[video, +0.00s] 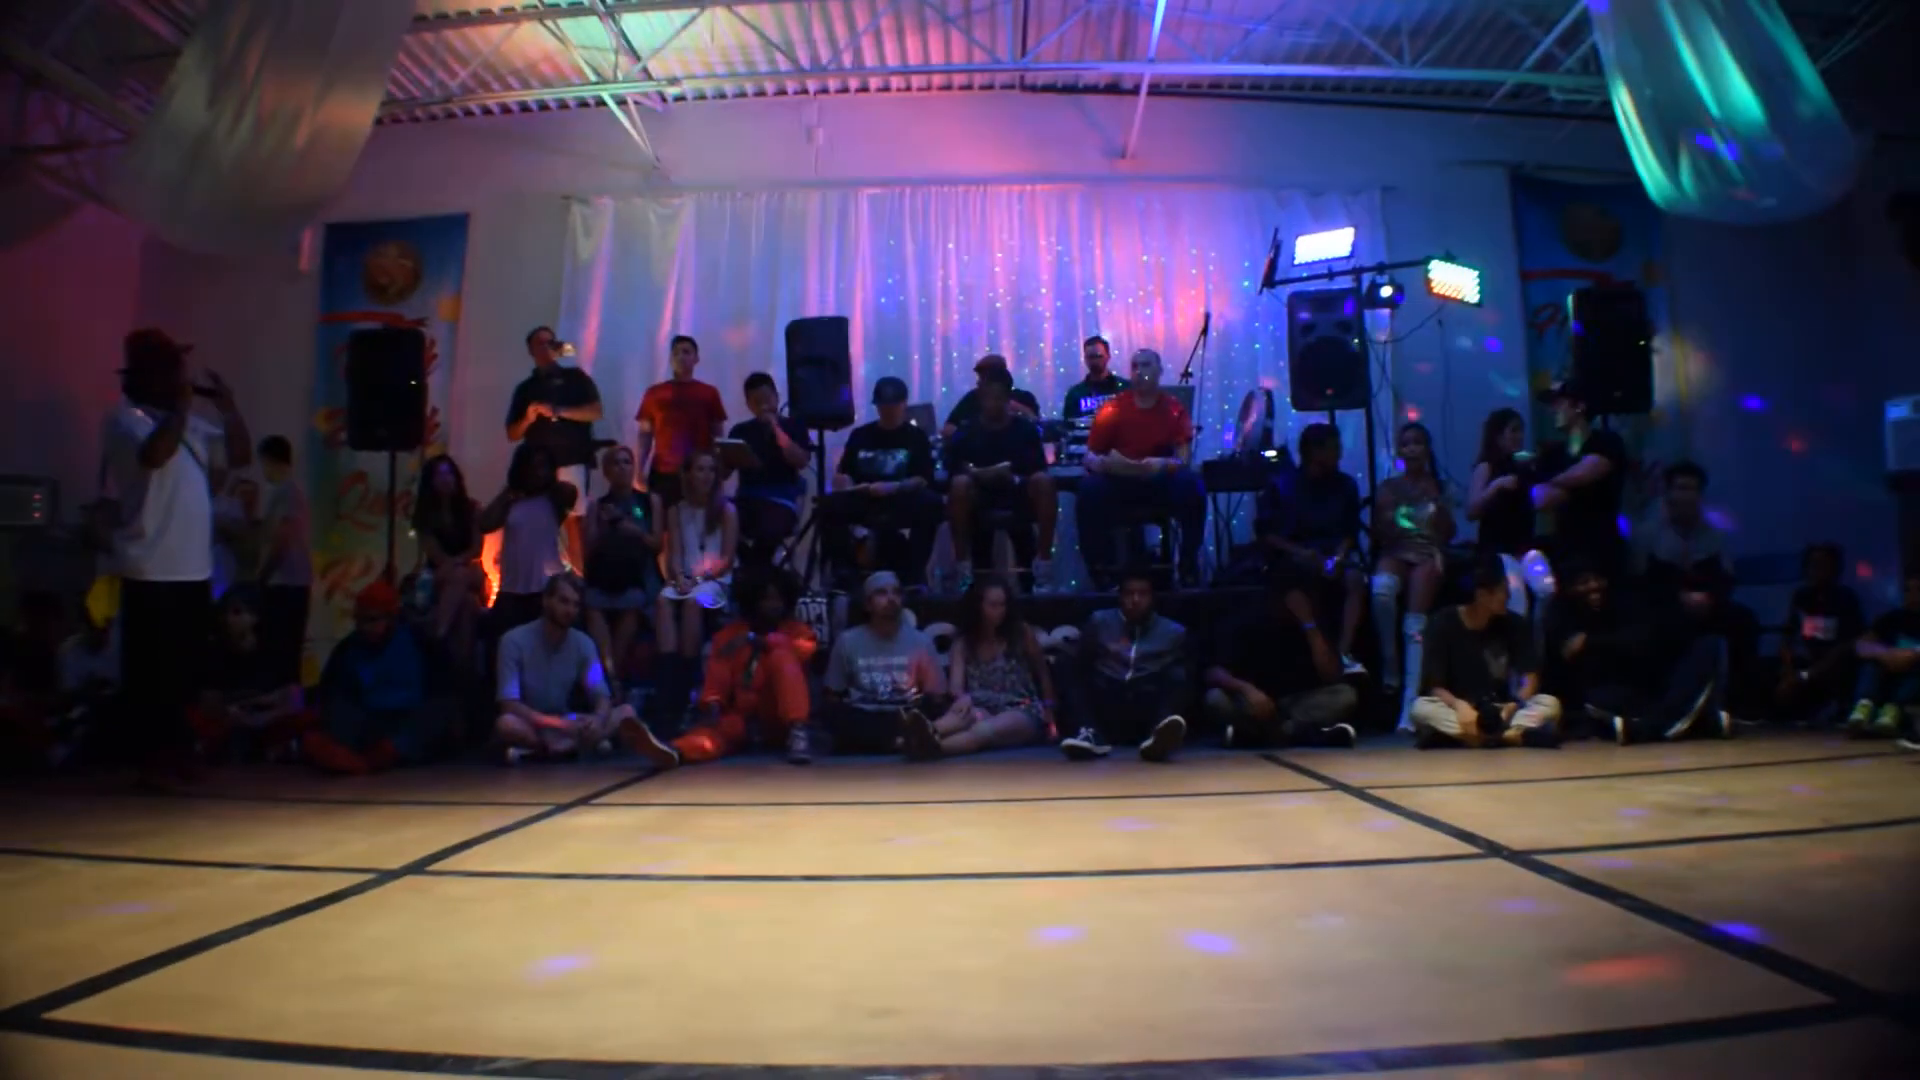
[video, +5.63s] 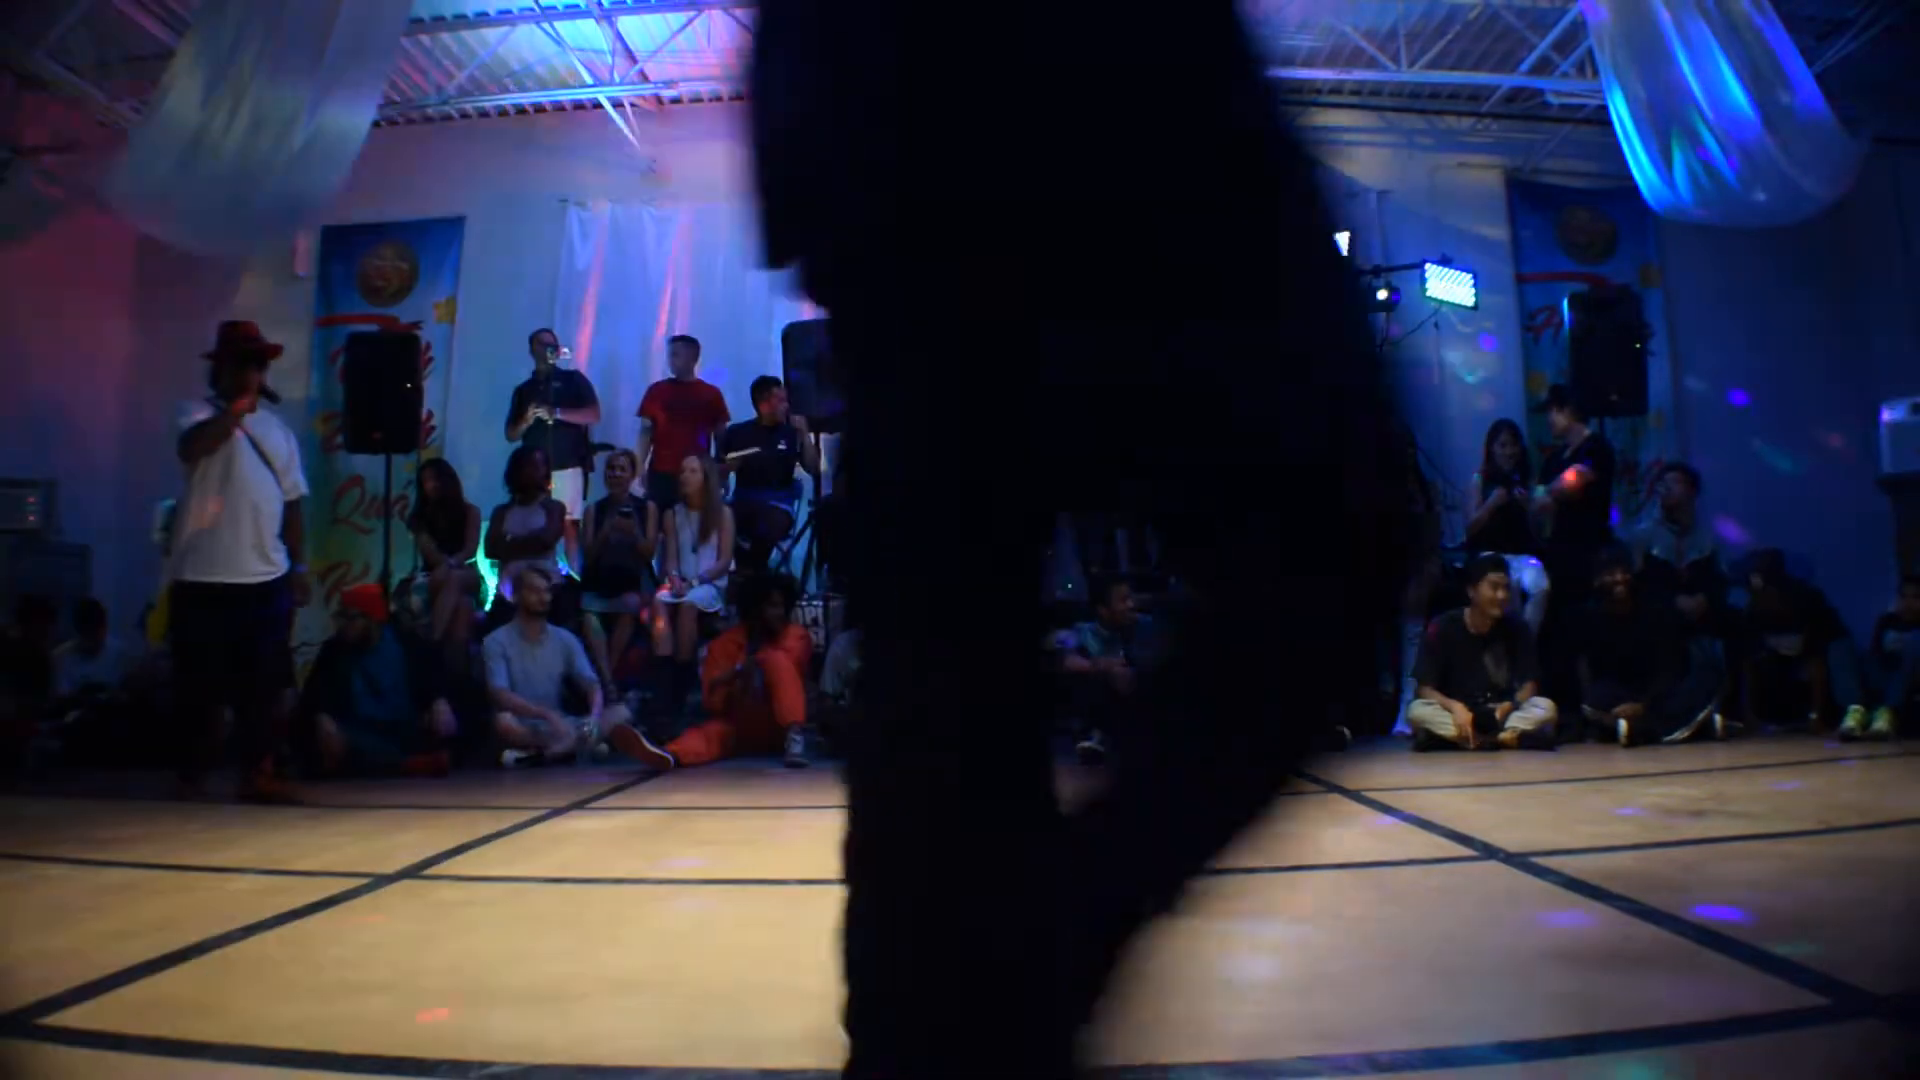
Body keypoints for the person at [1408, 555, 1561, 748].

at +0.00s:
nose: (1506, 597)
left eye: (1506, 591)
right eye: (1500, 591)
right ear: (1481, 595)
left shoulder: (1513, 624)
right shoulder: (1443, 624)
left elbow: (1531, 677)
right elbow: (1434, 686)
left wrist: (1514, 705)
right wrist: (1460, 706)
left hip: (1502, 702)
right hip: (1460, 704)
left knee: (1550, 704)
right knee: (1421, 708)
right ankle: (1508, 736)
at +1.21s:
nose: (1509, 603)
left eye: (1509, 596)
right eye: (1504, 596)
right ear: (1480, 597)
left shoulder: (1514, 631)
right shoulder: (1442, 628)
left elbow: (1531, 683)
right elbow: (1424, 687)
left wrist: (1510, 707)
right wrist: (1457, 709)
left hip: (1502, 707)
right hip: (1458, 708)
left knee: (1546, 707)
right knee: (1419, 710)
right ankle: (1506, 739)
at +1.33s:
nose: (1502, 602)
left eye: (1501, 595)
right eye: (1496, 595)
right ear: (1472, 599)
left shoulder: (1510, 631)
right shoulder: (1436, 629)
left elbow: (1530, 684)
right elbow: (1422, 688)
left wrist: (1510, 707)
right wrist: (1458, 709)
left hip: (1500, 706)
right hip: (1456, 707)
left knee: (1546, 707)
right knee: (1418, 711)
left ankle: (1463, 743)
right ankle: (1507, 739)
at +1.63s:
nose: (1483, 601)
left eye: (1486, 593)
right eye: (1474, 593)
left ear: (1490, 595)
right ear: (1452, 597)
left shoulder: (1502, 629)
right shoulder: (1430, 630)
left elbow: (1528, 685)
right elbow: (1421, 689)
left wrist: (1508, 708)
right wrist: (1457, 707)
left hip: (1498, 705)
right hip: (1454, 708)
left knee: (1546, 707)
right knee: (1418, 711)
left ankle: (1461, 743)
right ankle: (1506, 739)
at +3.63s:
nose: (1500, 612)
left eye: (1505, 606)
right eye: (1495, 603)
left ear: (1511, 606)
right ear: (1473, 595)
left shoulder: (1511, 630)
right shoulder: (1438, 629)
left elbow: (1529, 686)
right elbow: (1423, 690)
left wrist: (1508, 707)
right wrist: (1456, 707)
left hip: (1499, 707)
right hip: (1457, 710)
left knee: (1546, 707)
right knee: (1418, 711)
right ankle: (1506, 740)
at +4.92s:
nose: (1507, 601)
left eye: (1507, 594)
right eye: (1501, 594)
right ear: (1476, 597)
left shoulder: (1512, 628)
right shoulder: (1438, 629)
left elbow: (1528, 686)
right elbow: (1423, 689)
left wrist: (1511, 706)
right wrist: (1456, 707)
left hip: (1500, 706)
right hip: (1456, 708)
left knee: (1546, 708)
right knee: (1418, 711)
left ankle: (1470, 742)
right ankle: (1504, 740)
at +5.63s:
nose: (1501, 596)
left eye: (1505, 588)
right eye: (1494, 587)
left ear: (1510, 592)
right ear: (1471, 591)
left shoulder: (1516, 629)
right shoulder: (1444, 628)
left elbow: (1529, 684)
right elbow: (1424, 689)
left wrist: (1508, 706)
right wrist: (1456, 708)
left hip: (1501, 706)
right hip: (1457, 706)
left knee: (1545, 707)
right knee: (1417, 711)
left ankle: (1461, 743)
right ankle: (1501, 740)